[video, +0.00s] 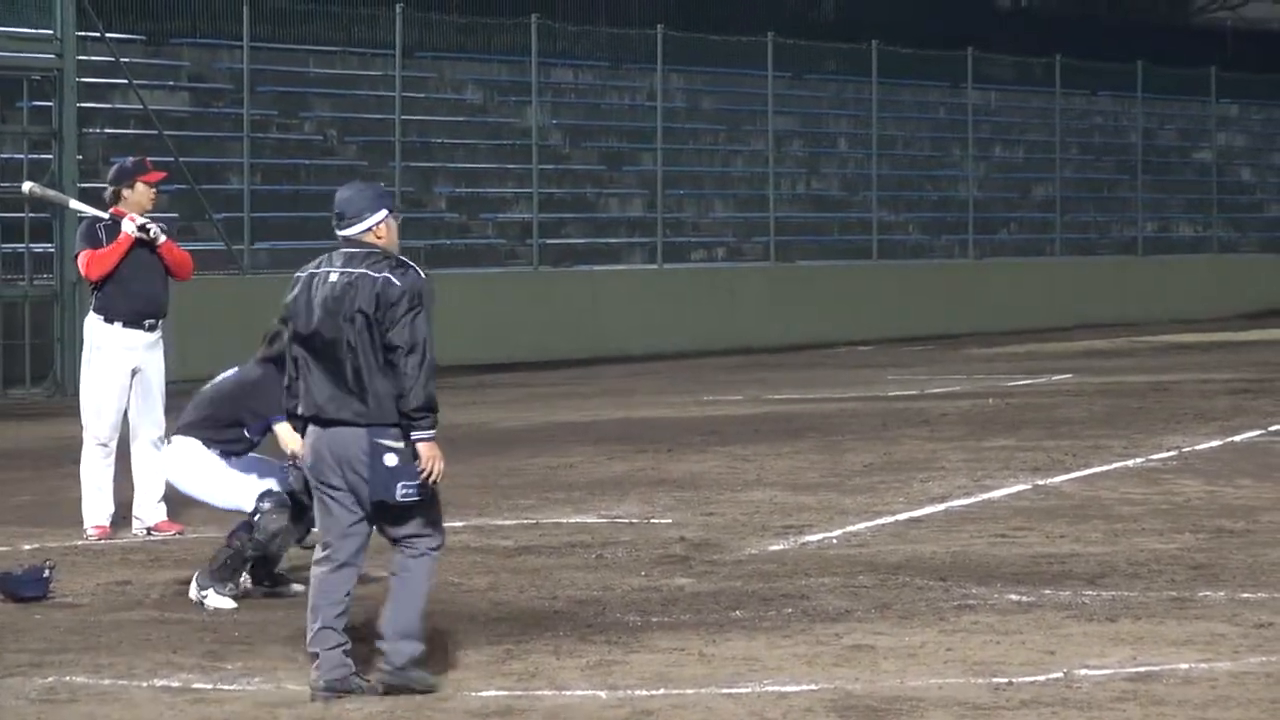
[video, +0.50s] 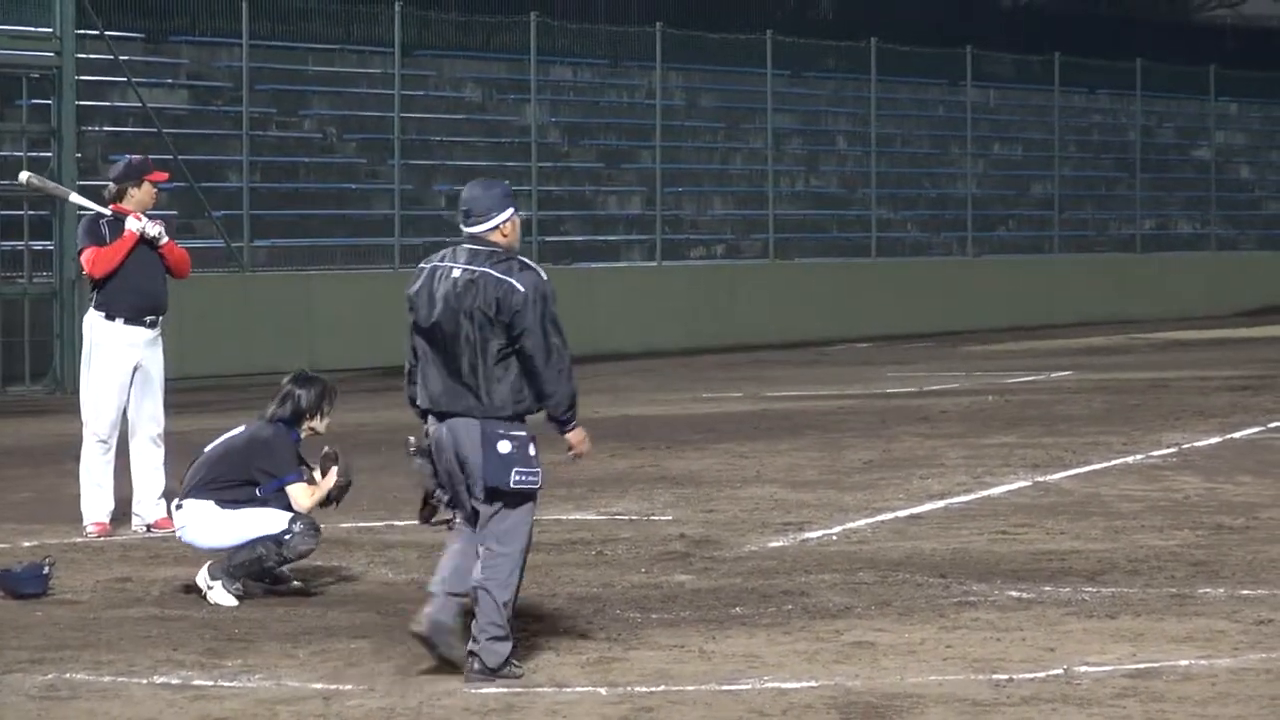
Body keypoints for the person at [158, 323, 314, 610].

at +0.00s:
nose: (313, 369)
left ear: (276, 345)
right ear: (296, 354)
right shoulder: (267, 378)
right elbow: (293, 445)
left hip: (223, 456)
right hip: (191, 457)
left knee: (302, 486)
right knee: (278, 505)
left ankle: (262, 573)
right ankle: (212, 581)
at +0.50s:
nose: (329, 414)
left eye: (329, 408)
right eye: (326, 408)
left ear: (292, 405)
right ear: (310, 413)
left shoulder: (273, 431)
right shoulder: (278, 438)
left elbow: (300, 474)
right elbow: (303, 503)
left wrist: (321, 485)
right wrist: (327, 484)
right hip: (201, 519)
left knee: (293, 504)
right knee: (303, 531)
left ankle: (263, 567)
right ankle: (219, 574)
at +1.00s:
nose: (321, 399)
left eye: (319, 393)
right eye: (315, 394)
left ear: (286, 399)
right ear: (297, 401)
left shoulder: (279, 430)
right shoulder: (267, 433)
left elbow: (308, 469)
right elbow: (295, 496)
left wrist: (333, 483)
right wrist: (329, 501)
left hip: (222, 511)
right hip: (201, 518)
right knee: (296, 524)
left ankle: (263, 567)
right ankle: (218, 574)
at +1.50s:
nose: (317, 407)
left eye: (315, 401)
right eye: (312, 401)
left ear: (293, 411)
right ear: (294, 409)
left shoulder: (281, 444)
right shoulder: (256, 437)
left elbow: (313, 493)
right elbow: (278, 496)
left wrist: (355, 535)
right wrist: (323, 520)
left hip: (225, 515)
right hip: (193, 523)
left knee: (312, 492)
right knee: (280, 521)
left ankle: (262, 570)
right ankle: (214, 577)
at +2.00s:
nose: (320, 403)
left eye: (319, 397)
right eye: (317, 398)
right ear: (303, 406)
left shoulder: (282, 438)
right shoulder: (266, 438)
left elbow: (306, 489)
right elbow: (283, 501)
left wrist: (355, 523)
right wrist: (334, 520)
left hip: (230, 513)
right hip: (203, 521)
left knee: (318, 494)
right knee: (290, 528)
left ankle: (263, 567)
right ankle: (217, 575)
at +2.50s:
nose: (343, 374)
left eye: (341, 367)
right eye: (339, 368)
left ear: (306, 367)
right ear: (323, 374)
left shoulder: (299, 401)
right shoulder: (285, 402)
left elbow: (316, 451)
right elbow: (302, 468)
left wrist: (374, 467)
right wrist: (355, 508)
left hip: (245, 469)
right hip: (211, 475)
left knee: (319, 500)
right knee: (298, 528)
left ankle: (269, 559)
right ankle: (208, 575)